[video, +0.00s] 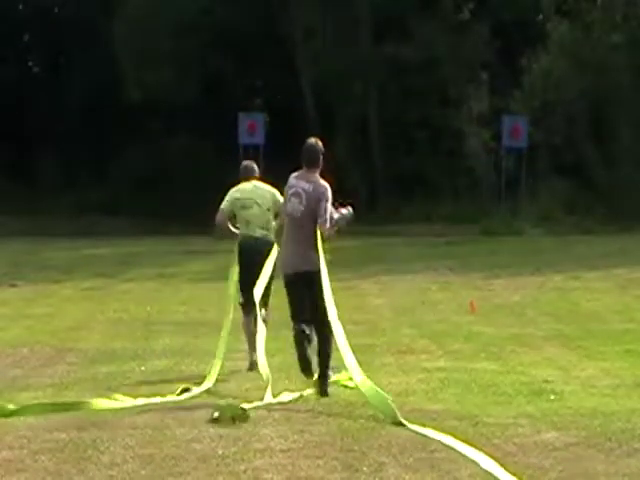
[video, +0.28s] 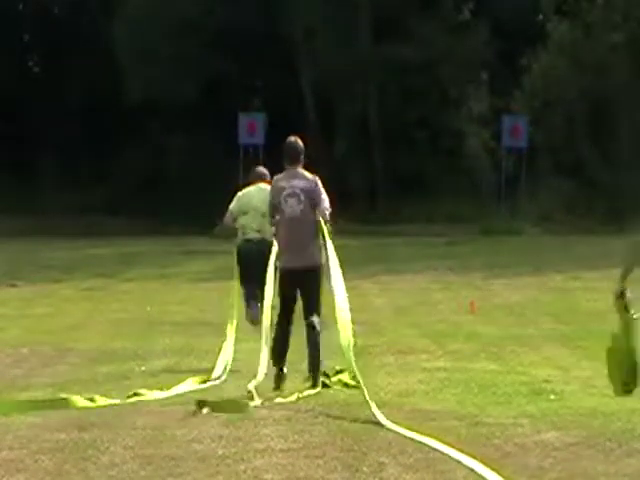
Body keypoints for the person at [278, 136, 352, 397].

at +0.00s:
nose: (322, 161)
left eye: (317, 156)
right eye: (322, 157)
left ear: (302, 158)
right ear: (322, 159)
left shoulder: (292, 181)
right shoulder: (322, 188)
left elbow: (294, 215)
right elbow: (324, 227)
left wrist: (330, 212)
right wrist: (342, 216)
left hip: (288, 264)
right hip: (312, 265)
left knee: (300, 315)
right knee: (322, 320)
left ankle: (303, 341)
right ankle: (323, 378)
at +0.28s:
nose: (297, 159)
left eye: (292, 155)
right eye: (300, 155)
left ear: (284, 157)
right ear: (303, 156)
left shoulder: (276, 183)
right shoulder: (312, 181)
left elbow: (272, 214)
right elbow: (325, 211)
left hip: (286, 262)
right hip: (310, 262)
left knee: (284, 315)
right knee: (313, 317)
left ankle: (279, 365)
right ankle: (314, 372)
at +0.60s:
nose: (311, 169)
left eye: (308, 165)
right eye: (311, 165)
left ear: (291, 163)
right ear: (308, 165)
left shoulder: (280, 183)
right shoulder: (306, 189)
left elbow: (286, 216)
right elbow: (307, 221)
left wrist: (315, 220)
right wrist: (325, 233)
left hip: (271, 264)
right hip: (295, 267)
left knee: (276, 316)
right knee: (299, 324)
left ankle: (267, 352)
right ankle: (285, 372)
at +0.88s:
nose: (320, 190)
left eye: (321, 185)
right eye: (320, 185)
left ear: (307, 180)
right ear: (312, 183)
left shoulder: (304, 199)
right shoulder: (294, 199)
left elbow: (306, 231)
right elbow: (300, 228)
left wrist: (324, 249)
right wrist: (330, 234)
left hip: (287, 266)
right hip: (280, 267)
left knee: (297, 316)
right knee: (301, 315)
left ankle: (275, 365)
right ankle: (274, 366)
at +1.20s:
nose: (321, 224)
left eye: (324, 221)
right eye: (317, 221)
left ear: (328, 216)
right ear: (310, 216)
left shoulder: (329, 225)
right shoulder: (299, 221)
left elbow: (340, 259)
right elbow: (281, 259)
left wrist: (348, 300)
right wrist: (293, 293)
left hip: (317, 267)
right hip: (296, 265)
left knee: (327, 314)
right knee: (299, 310)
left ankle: (318, 363)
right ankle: (294, 365)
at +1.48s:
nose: (339, 275)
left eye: (342, 271)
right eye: (336, 272)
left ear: (344, 268)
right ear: (328, 269)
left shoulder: (346, 272)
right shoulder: (315, 274)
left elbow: (353, 310)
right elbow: (312, 322)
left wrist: (364, 345)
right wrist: (321, 356)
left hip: (332, 299)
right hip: (311, 297)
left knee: (345, 348)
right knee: (299, 337)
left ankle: (335, 374)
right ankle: (291, 370)